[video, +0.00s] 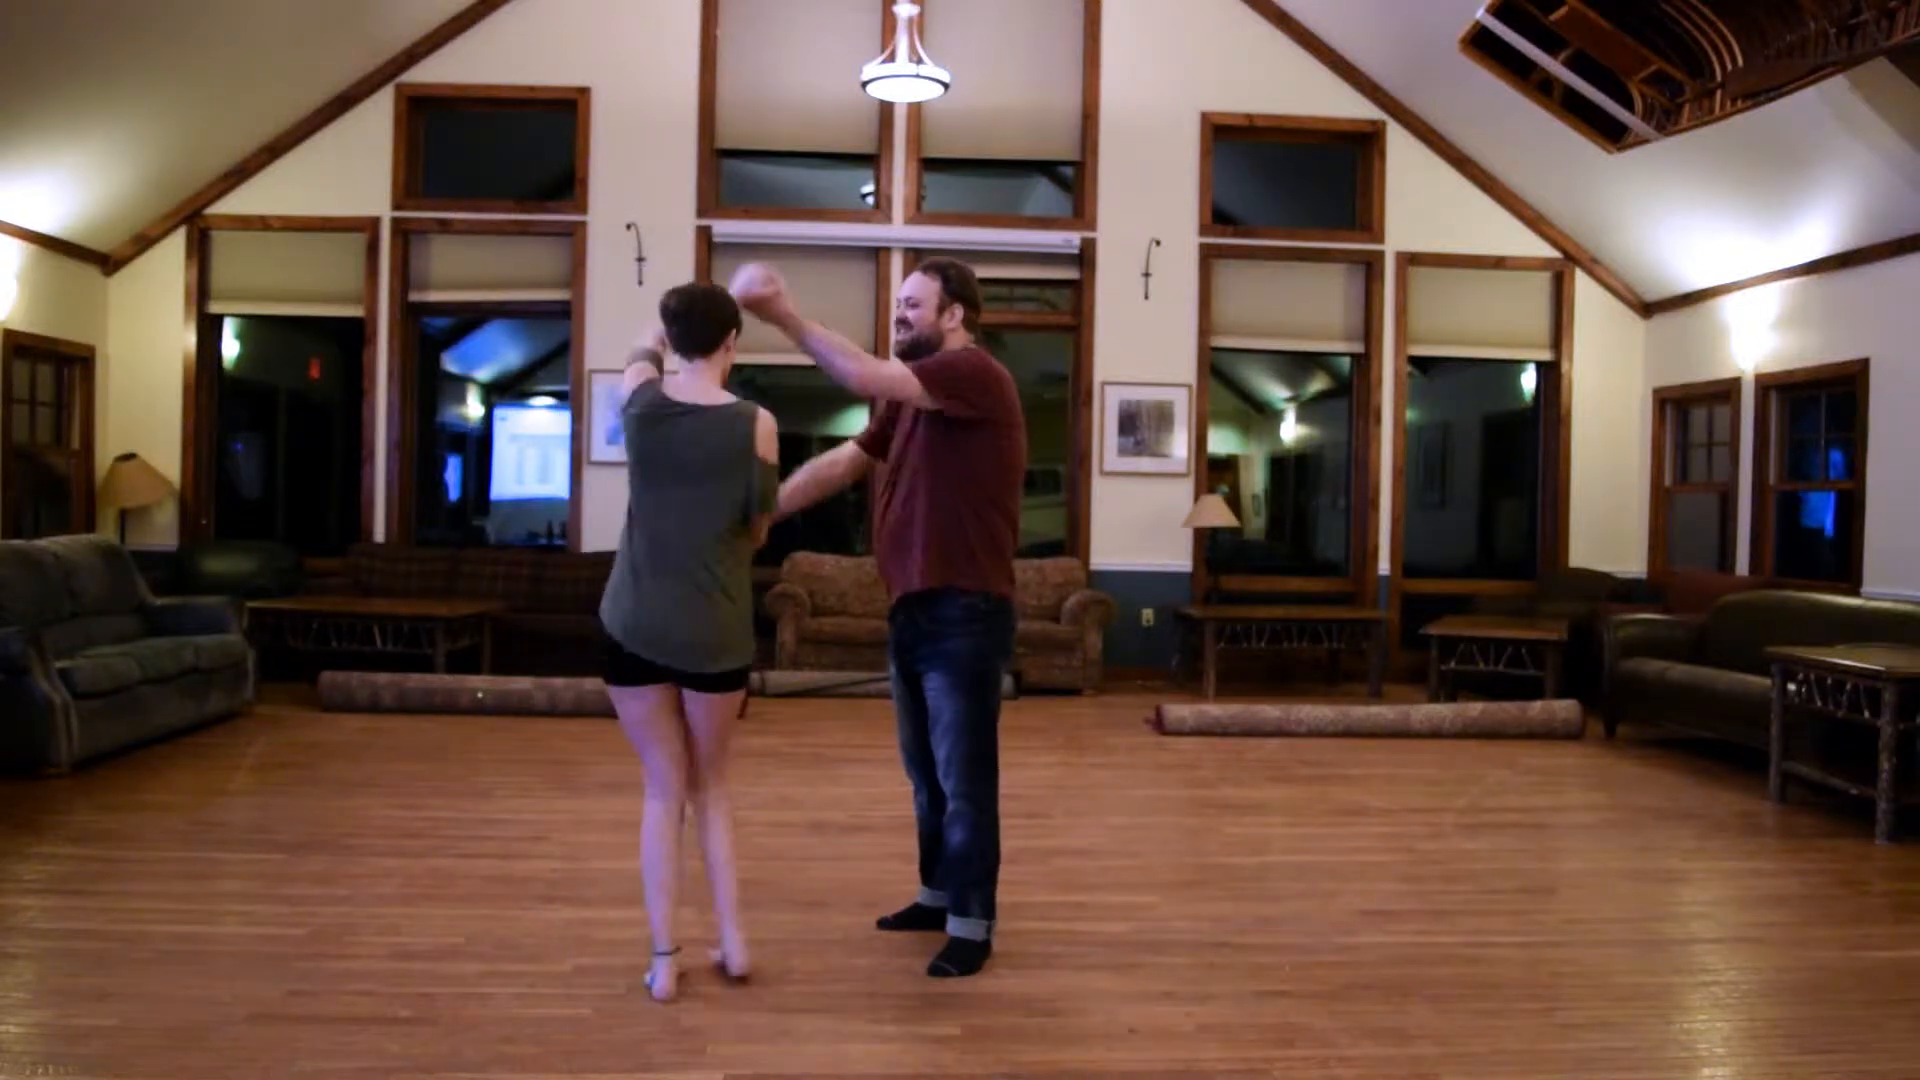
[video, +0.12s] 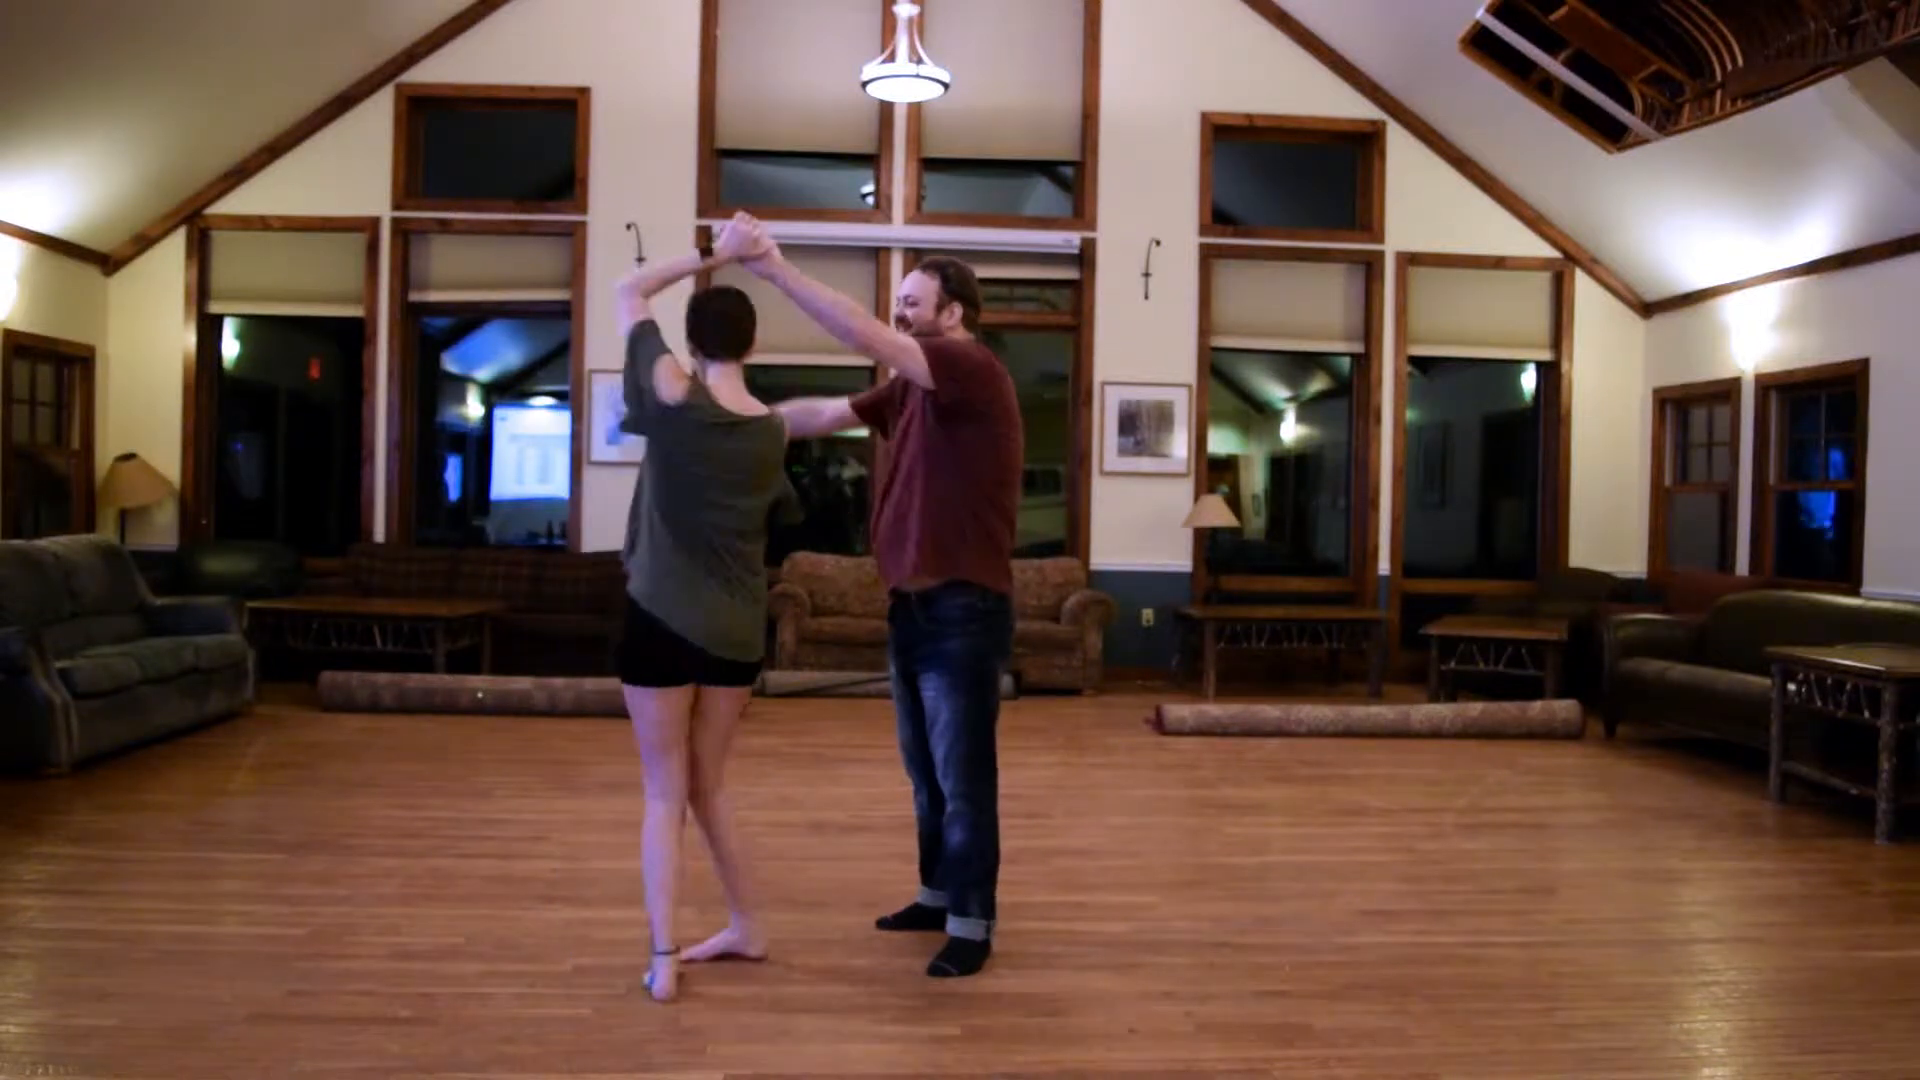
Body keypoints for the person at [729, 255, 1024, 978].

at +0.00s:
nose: (899, 316)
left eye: (913, 306)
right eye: (898, 307)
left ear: (955, 314)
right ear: (905, 315)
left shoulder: (978, 374)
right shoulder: (904, 393)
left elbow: (869, 375)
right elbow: (841, 461)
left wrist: (787, 318)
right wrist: (767, 509)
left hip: (967, 603)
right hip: (914, 603)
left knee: (962, 768)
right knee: (925, 765)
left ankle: (973, 924)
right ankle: (941, 897)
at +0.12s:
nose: (897, 314)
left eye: (913, 302)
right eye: (898, 304)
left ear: (953, 310)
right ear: (915, 312)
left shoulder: (977, 372)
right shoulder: (907, 387)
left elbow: (868, 336)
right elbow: (824, 413)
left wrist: (773, 263)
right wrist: (742, 419)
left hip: (967, 602)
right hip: (913, 602)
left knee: (961, 770)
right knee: (925, 765)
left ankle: (972, 924)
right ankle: (942, 898)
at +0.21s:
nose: (897, 311)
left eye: (912, 300)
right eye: (896, 302)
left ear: (953, 311)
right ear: (913, 312)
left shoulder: (979, 373)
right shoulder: (900, 384)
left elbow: (877, 322)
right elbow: (814, 375)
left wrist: (776, 254)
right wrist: (726, 369)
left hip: (966, 604)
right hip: (911, 603)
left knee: (961, 771)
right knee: (925, 766)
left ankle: (972, 923)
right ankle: (940, 898)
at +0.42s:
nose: (898, 313)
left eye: (913, 303)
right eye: (897, 303)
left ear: (957, 314)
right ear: (907, 313)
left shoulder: (985, 379)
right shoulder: (898, 372)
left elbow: (908, 340)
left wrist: (823, 302)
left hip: (962, 604)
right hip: (906, 603)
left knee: (958, 770)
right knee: (920, 766)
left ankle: (971, 925)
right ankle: (939, 896)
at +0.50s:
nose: (901, 315)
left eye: (914, 305)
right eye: (899, 306)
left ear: (958, 314)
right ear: (909, 316)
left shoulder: (984, 373)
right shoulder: (899, 372)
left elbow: (959, 364)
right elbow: (836, 328)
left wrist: (865, 340)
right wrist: (769, 257)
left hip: (961, 606)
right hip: (903, 605)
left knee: (958, 772)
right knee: (920, 768)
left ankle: (969, 925)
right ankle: (940, 898)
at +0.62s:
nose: (902, 319)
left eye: (915, 307)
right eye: (901, 308)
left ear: (956, 314)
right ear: (903, 313)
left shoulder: (985, 377)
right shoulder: (897, 370)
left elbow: (998, 400)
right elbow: (837, 339)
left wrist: (909, 435)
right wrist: (812, 290)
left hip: (958, 608)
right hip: (899, 603)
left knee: (959, 774)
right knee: (920, 769)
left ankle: (970, 923)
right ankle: (938, 898)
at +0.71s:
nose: (900, 317)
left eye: (913, 308)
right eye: (899, 308)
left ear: (951, 317)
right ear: (904, 317)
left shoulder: (974, 377)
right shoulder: (898, 370)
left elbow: (1007, 436)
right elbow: (848, 361)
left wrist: (927, 514)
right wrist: (829, 340)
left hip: (957, 605)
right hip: (901, 603)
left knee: (959, 771)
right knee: (918, 765)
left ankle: (970, 922)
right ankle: (935, 895)